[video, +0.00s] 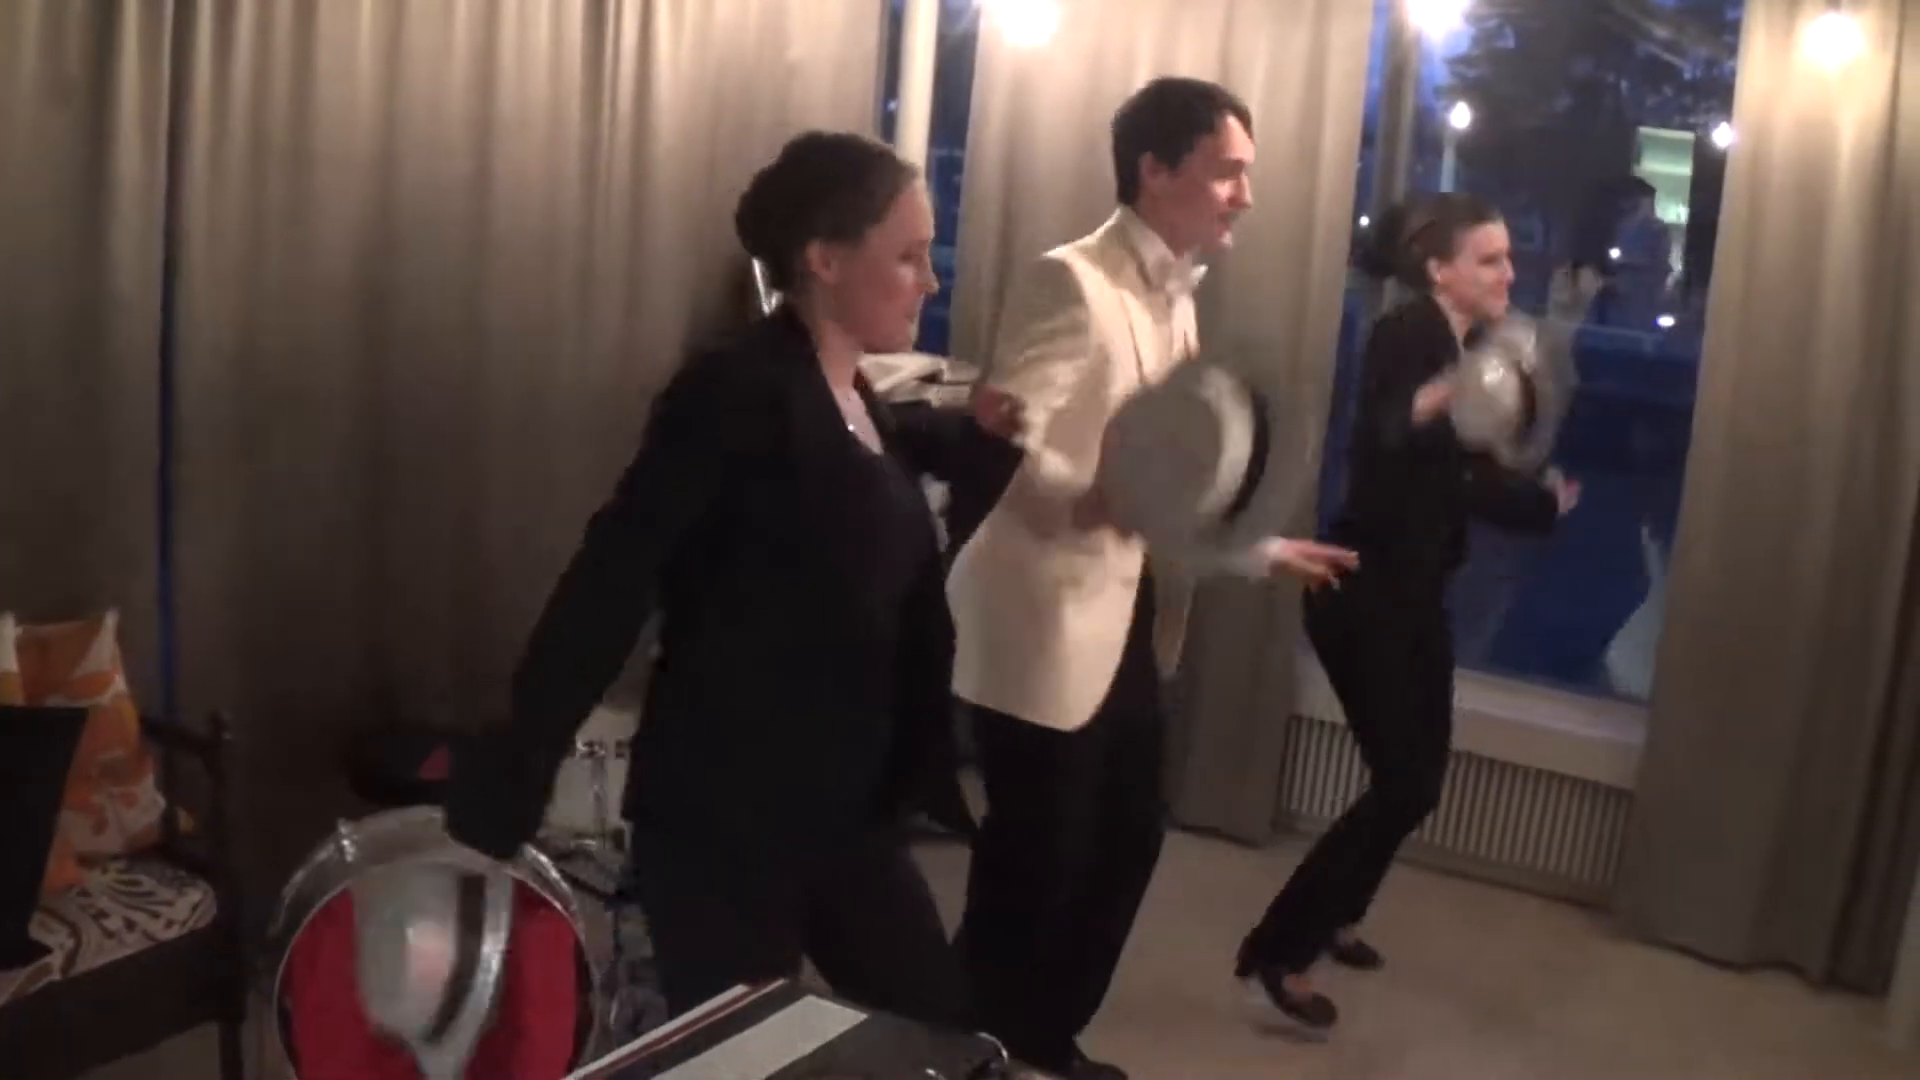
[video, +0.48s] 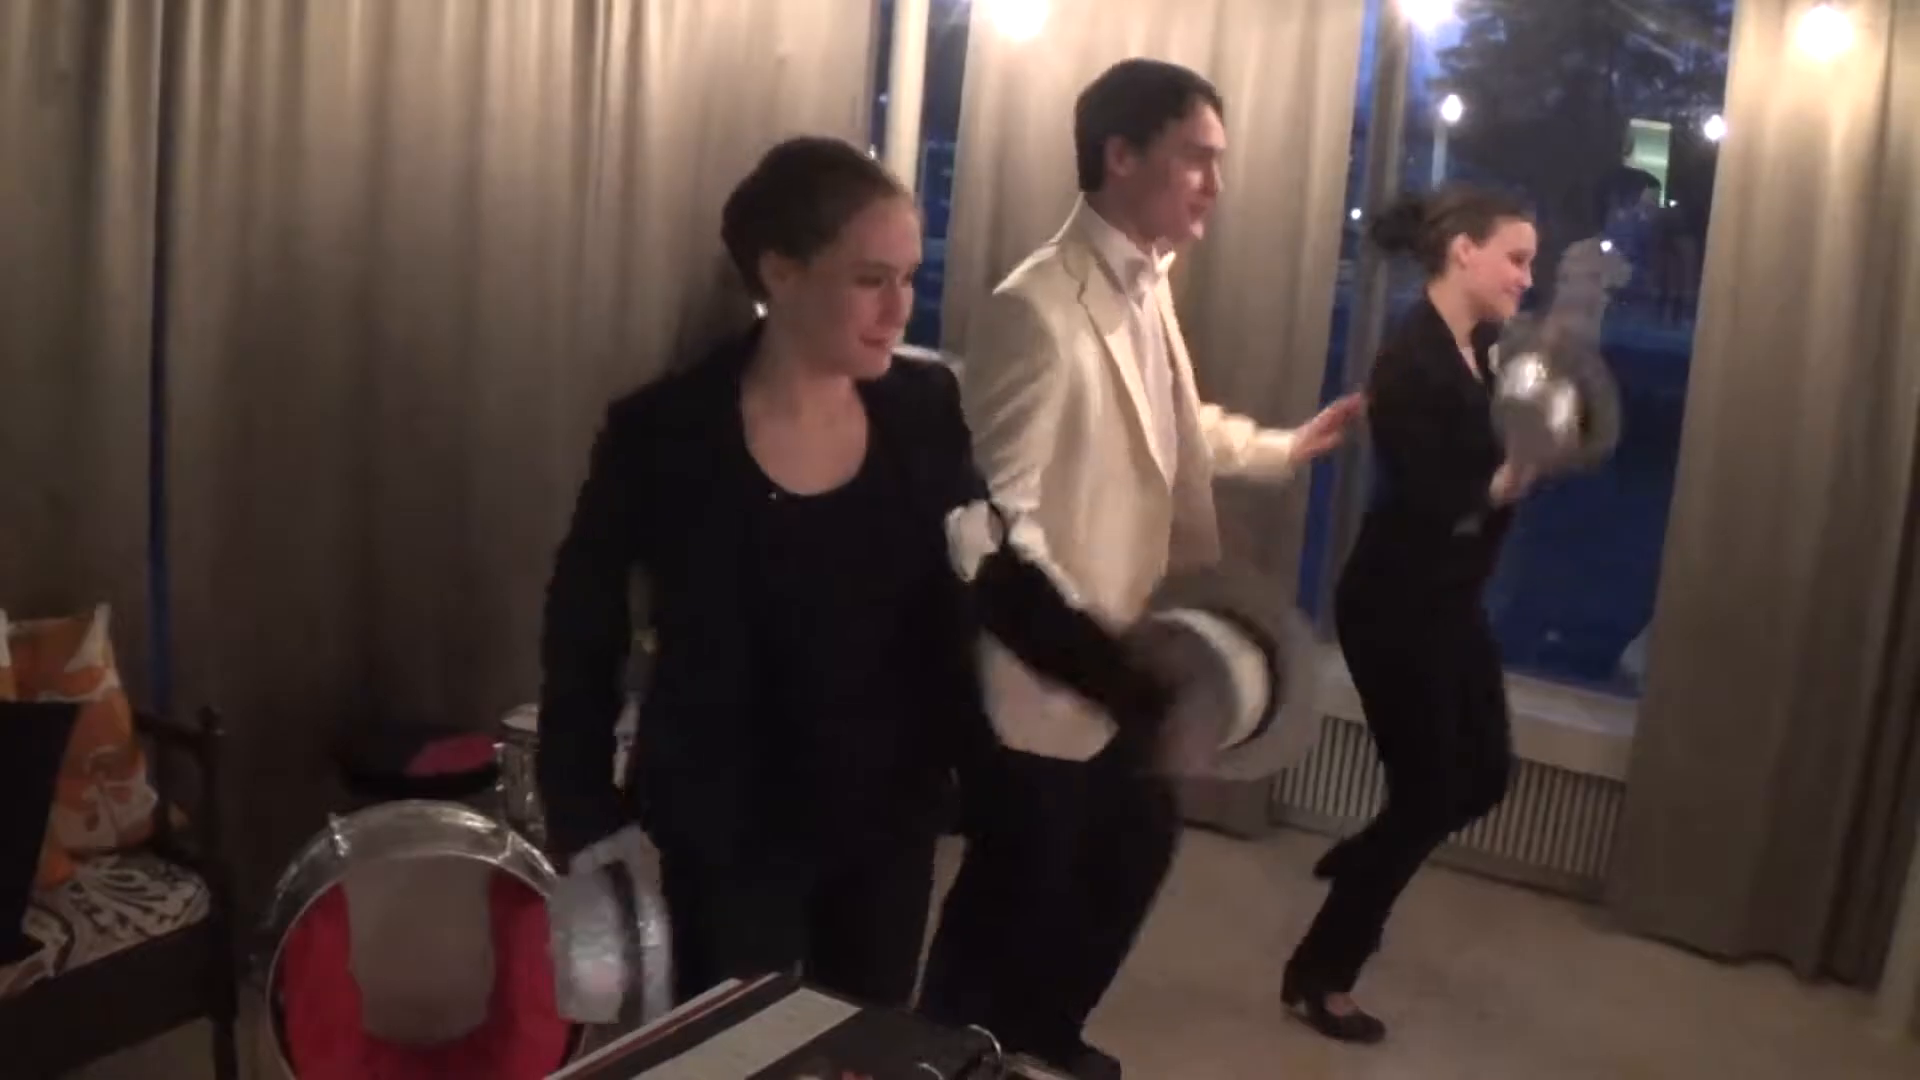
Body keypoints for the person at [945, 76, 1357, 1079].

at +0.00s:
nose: (1243, 196)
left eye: (1246, 174)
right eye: (1226, 173)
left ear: (1186, 178)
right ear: (1151, 172)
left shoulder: (1174, 293)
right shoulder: (1067, 283)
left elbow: (1154, 488)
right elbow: (1000, 453)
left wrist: (1258, 549)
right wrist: (1097, 503)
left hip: (1121, 613)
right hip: (1037, 616)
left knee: (1127, 834)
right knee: (1037, 843)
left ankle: (1047, 1039)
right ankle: (983, 1039)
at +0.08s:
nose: (1231, 200)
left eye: (1236, 178)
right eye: (1214, 175)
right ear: (1139, 172)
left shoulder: (1179, 291)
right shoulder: (1051, 302)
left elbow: (1199, 451)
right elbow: (991, 481)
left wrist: (1282, 505)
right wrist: (1070, 582)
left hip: (1134, 639)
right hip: (1053, 645)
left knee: (1114, 854)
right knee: (1053, 861)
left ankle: (1039, 1037)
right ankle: (968, 1031)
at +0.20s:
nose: (1219, 209)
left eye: (1222, 187)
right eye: (1199, 187)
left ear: (1149, 193)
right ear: (1121, 189)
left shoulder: (1168, 289)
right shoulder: (1045, 326)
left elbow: (1203, 410)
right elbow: (985, 506)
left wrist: (1303, 442)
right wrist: (1052, 640)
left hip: (1129, 634)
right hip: (1050, 646)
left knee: (1107, 840)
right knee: (1082, 846)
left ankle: (1031, 1031)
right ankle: (973, 1024)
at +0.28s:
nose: (1208, 200)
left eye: (1211, 178)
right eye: (1186, 177)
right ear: (1110, 179)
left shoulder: (1159, 281)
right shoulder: (1036, 336)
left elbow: (1201, 382)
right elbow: (979, 519)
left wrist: (1315, 408)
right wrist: (1050, 665)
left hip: (1127, 622)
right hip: (1057, 643)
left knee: (1089, 852)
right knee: (1072, 856)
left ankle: (1029, 1034)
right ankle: (966, 1034)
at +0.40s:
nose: (1207, 191)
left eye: (1210, 169)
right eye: (1186, 166)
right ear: (1108, 168)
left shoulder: (1151, 281)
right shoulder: (1030, 329)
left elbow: (1191, 388)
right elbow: (992, 539)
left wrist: (1312, 408)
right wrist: (1068, 671)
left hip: (1122, 673)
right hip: (1043, 686)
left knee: (1094, 877)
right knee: (1033, 888)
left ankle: (1034, 1037)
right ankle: (961, 1045)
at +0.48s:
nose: (1214, 186)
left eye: (1218, 164)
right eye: (1197, 161)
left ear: (1140, 165)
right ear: (1119, 160)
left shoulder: (1142, 284)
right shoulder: (1032, 308)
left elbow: (1176, 432)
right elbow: (995, 520)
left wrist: (1285, 448)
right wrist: (1092, 661)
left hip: (1126, 666)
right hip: (1041, 675)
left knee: (1133, 851)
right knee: (1028, 870)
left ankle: (1046, 1030)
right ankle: (959, 1039)